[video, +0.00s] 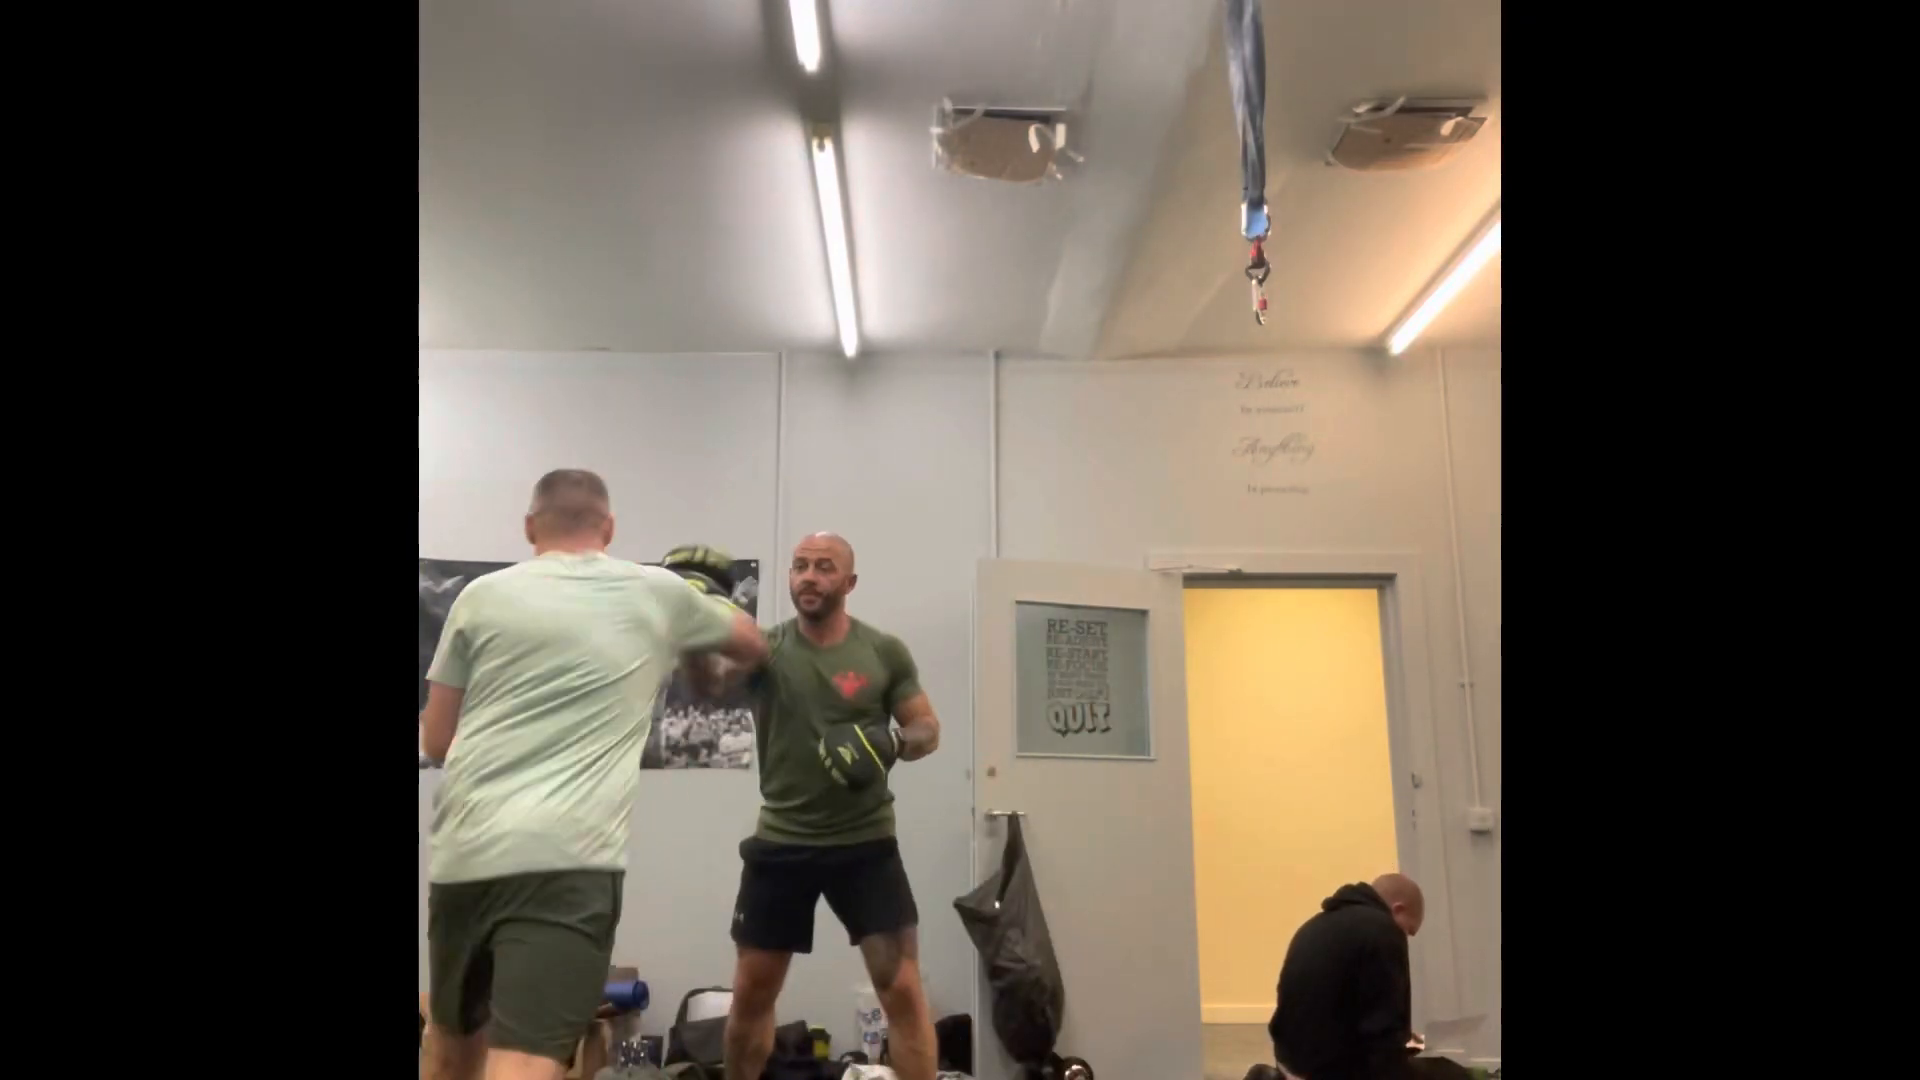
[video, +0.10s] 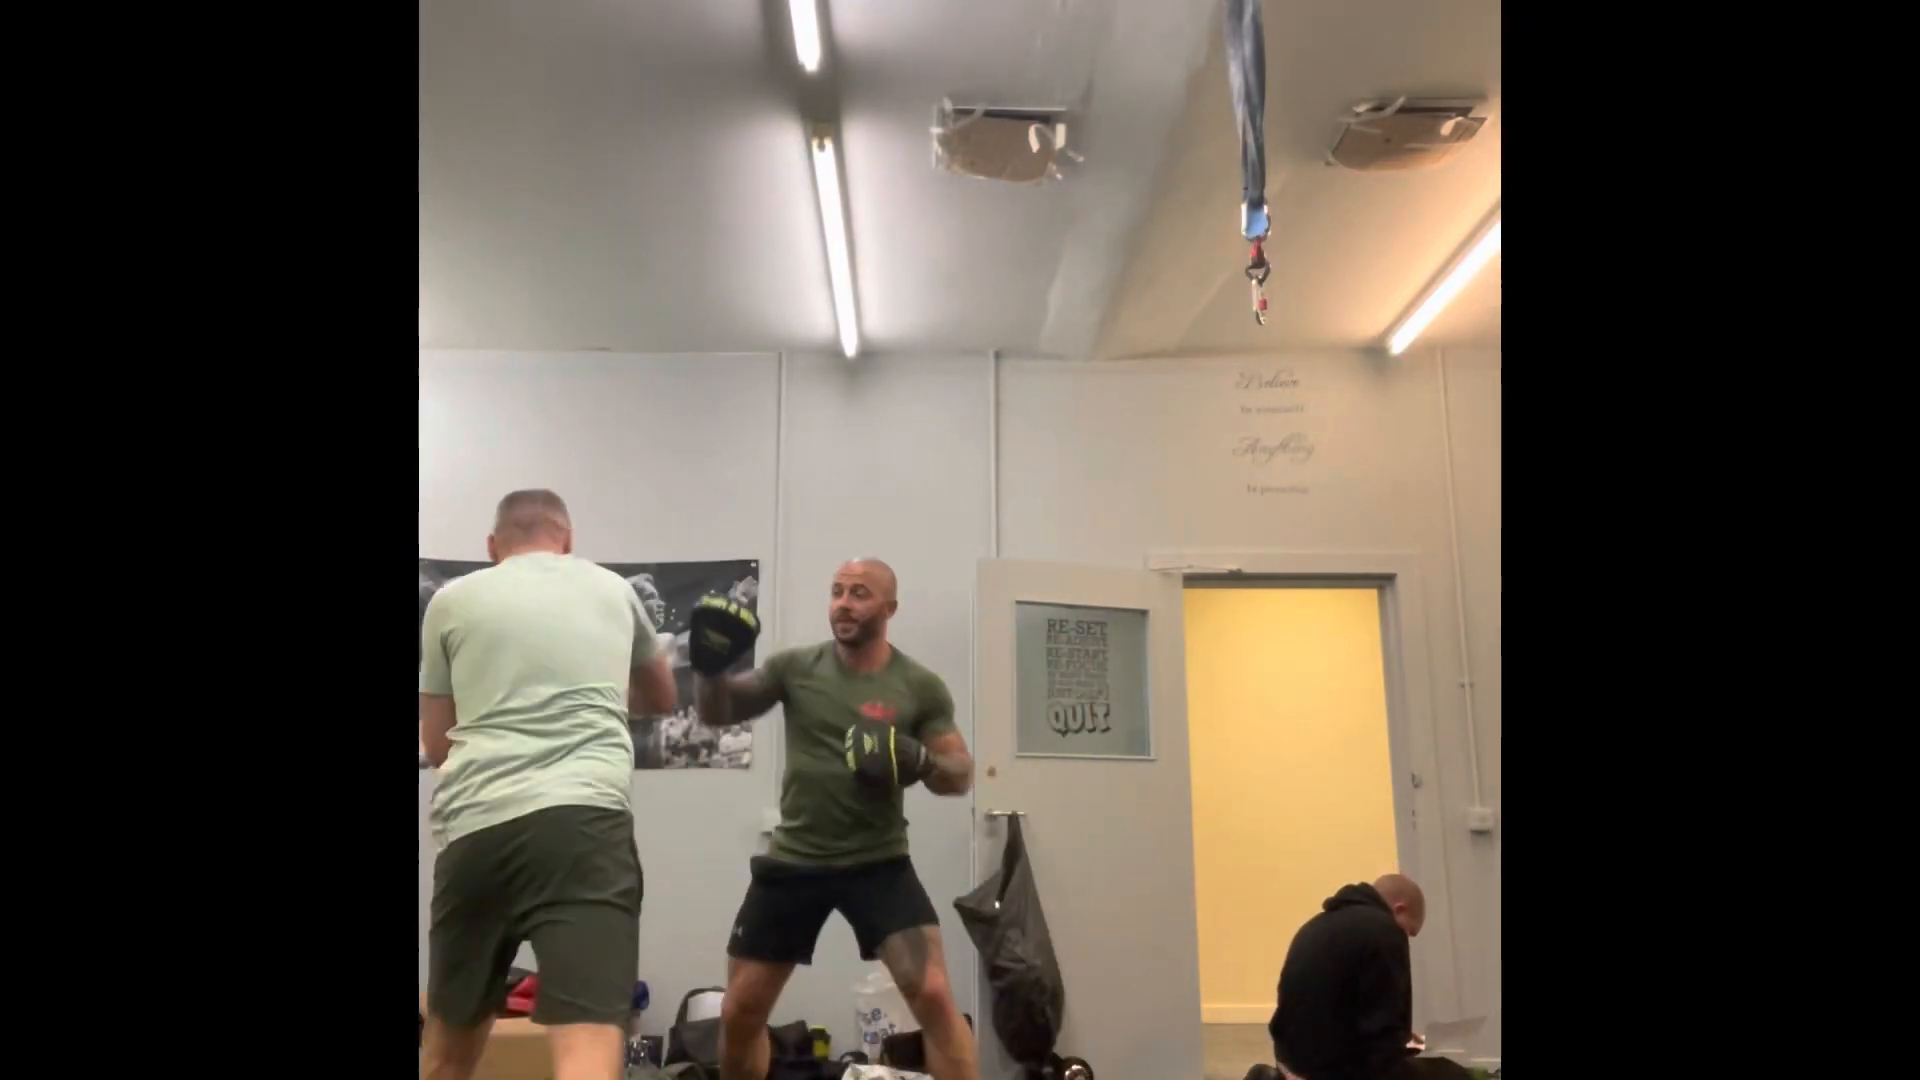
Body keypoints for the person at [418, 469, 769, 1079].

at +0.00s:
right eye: (610, 527)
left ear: (530, 529)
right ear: (608, 528)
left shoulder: (479, 597)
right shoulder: (653, 589)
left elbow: (435, 741)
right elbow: (752, 645)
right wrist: (706, 669)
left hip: (464, 856)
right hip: (572, 856)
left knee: (449, 1036)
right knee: (525, 1060)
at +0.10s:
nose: (568, 550)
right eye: (570, 542)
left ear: (492, 546)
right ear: (566, 538)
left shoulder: (450, 600)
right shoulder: (613, 588)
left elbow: (437, 746)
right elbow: (659, 698)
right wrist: (585, 694)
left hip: (475, 829)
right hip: (585, 818)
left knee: (447, 1047)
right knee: (588, 1041)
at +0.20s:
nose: (594, 545)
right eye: (596, 536)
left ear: (513, 536)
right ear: (586, 531)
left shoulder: (453, 608)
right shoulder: (624, 596)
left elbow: (455, 747)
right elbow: (669, 725)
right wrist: (618, 681)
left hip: (489, 858)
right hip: (598, 841)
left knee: (473, 1038)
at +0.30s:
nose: (663, 499)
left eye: (664, 486)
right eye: (662, 485)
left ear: (582, 480)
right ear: (643, 477)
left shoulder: (513, 570)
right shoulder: (649, 545)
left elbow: (533, 686)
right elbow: (703, 683)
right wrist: (688, 603)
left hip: (530, 821)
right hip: (624, 810)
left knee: (521, 1024)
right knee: (697, 1026)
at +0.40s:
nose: (722, 509)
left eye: (723, 492)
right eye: (718, 490)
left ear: (651, 482)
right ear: (681, 479)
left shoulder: (578, 573)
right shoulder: (668, 559)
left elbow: (622, 705)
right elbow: (705, 705)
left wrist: (716, 648)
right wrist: (753, 647)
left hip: (582, 838)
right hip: (645, 831)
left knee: (630, 1039)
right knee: (694, 1051)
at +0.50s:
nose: (741, 480)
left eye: (743, 463)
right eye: (736, 461)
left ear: (691, 454)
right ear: (695, 451)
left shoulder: (666, 536)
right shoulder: (652, 531)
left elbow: (667, 666)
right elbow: (664, 674)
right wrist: (743, 618)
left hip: (654, 792)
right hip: (621, 791)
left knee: (704, 988)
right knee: (655, 1022)